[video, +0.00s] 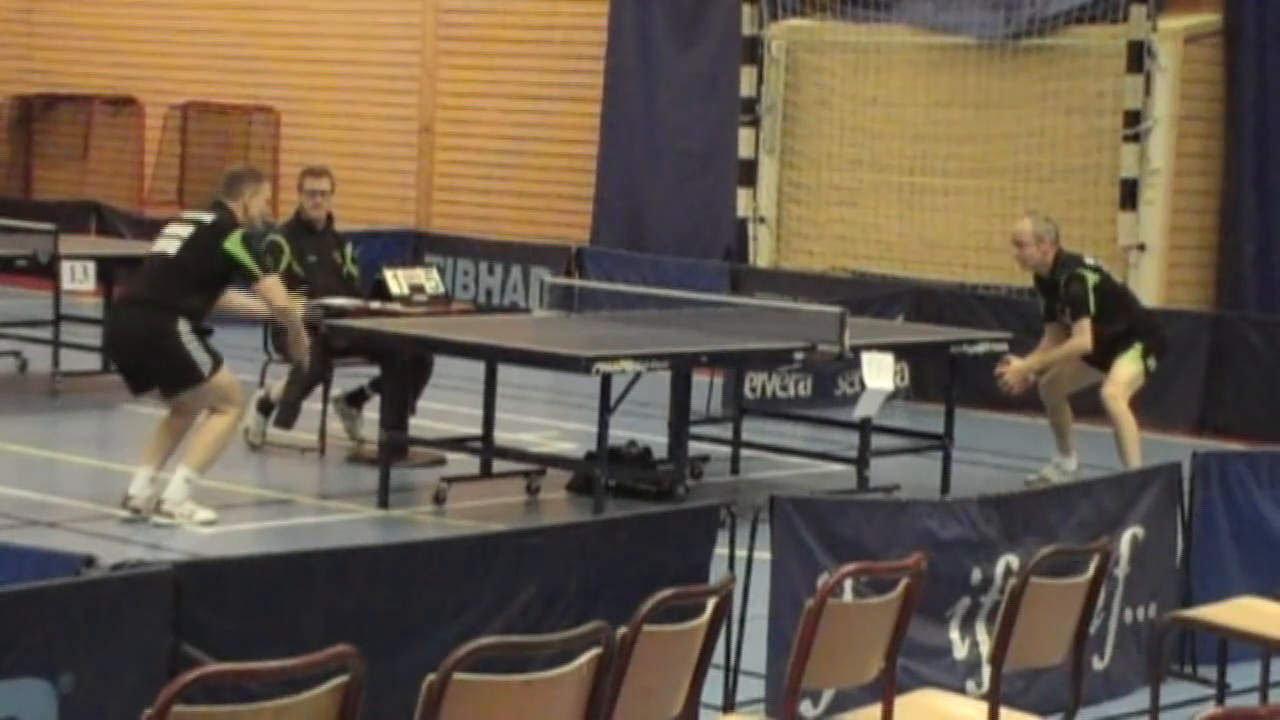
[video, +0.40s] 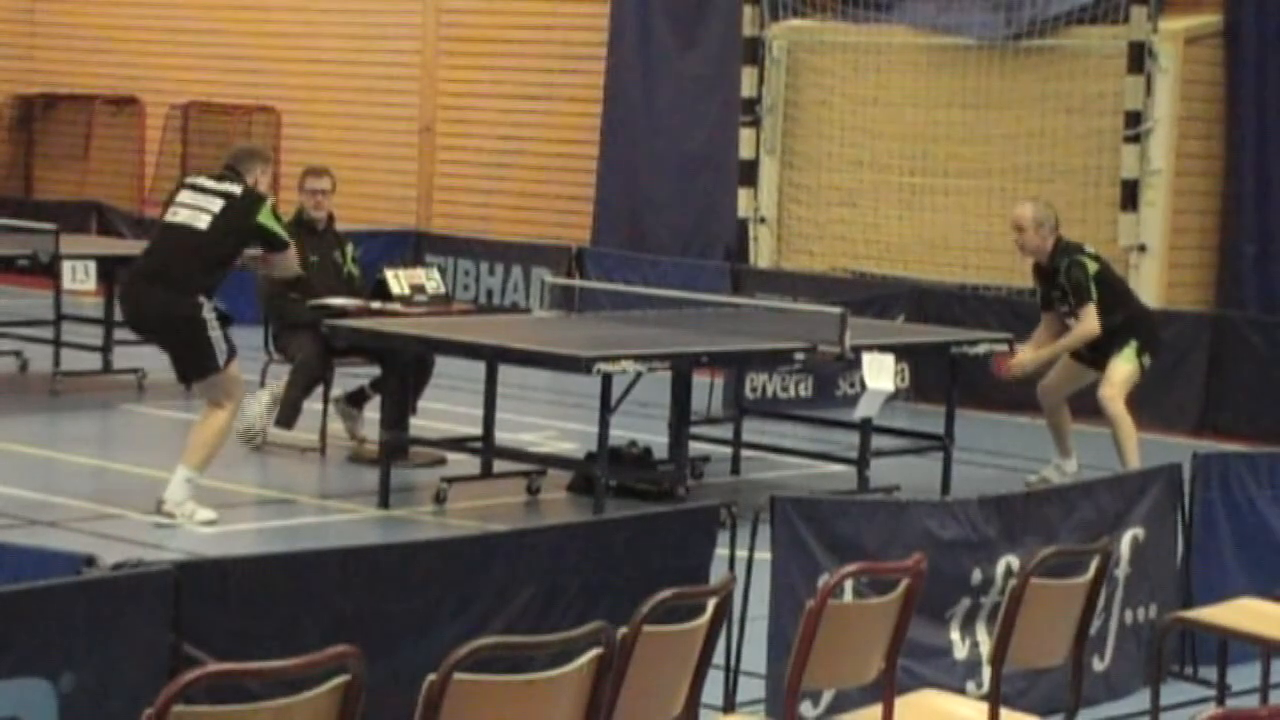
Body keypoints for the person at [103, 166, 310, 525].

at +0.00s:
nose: (267, 210)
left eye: (268, 202)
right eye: (264, 201)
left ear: (227, 197)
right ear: (244, 199)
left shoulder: (186, 222)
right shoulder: (233, 234)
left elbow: (206, 295)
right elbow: (280, 301)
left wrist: (273, 310)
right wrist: (299, 338)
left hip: (123, 319)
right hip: (165, 325)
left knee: (187, 405)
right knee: (230, 403)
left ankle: (139, 491)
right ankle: (175, 497)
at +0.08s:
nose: (268, 203)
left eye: (269, 195)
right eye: (266, 194)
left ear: (227, 187)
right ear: (248, 191)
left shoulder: (189, 212)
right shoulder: (235, 224)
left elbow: (208, 277)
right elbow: (286, 286)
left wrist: (271, 277)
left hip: (127, 315)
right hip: (170, 320)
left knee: (188, 401)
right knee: (229, 401)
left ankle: (140, 488)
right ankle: (175, 497)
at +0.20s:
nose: (265, 191)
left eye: (266, 184)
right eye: (265, 183)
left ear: (226, 175)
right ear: (251, 180)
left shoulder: (189, 198)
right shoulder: (239, 213)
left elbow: (223, 232)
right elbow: (295, 268)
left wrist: (276, 234)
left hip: (129, 303)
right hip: (171, 309)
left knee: (186, 383)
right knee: (227, 397)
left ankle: (156, 466)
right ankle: (177, 494)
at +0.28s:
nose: (265, 187)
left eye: (266, 180)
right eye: (265, 180)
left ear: (225, 169)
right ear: (252, 176)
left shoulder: (188, 191)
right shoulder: (247, 208)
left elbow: (210, 236)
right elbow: (300, 264)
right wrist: (267, 272)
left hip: (131, 298)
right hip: (174, 306)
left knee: (189, 374)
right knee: (228, 398)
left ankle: (199, 455)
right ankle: (176, 495)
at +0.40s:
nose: (268, 185)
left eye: (269, 180)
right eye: (268, 179)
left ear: (228, 167)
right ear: (257, 175)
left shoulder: (189, 183)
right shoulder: (255, 204)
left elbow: (187, 232)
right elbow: (288, 265)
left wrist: (234, 252)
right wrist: (250, 260)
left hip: (136, 294)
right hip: (180, 304)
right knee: (227, 398)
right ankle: (177, 495)